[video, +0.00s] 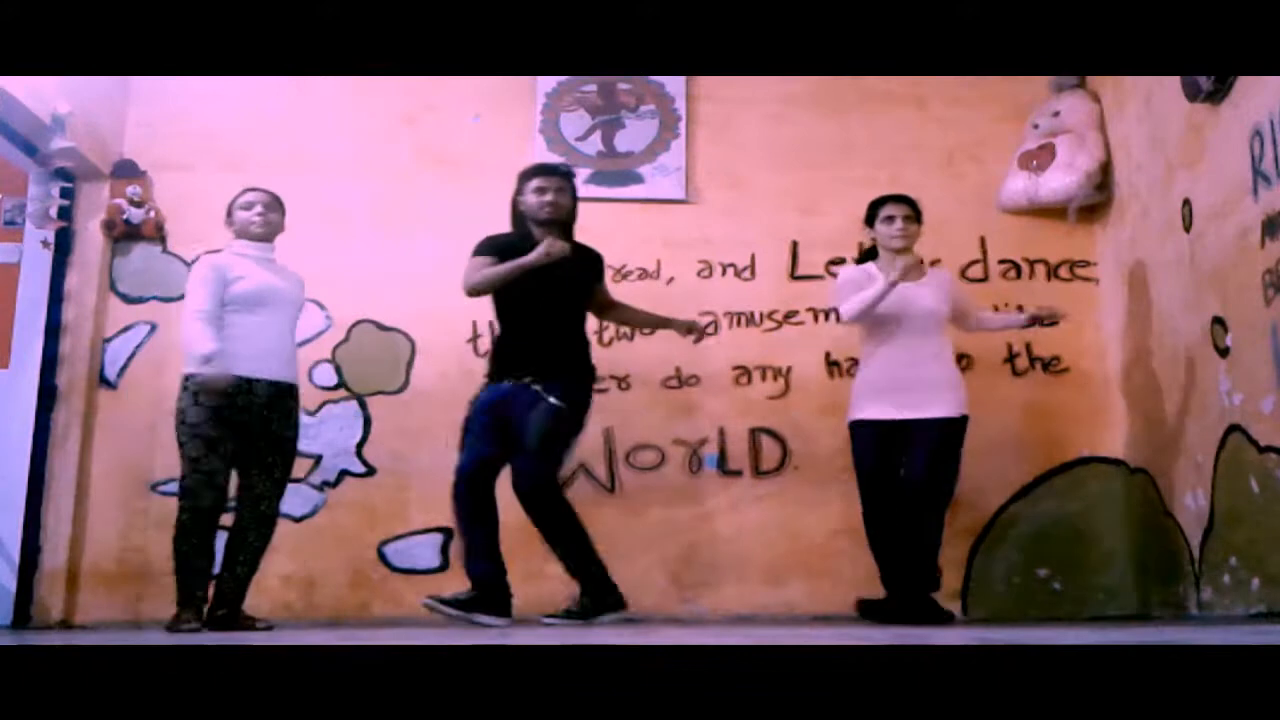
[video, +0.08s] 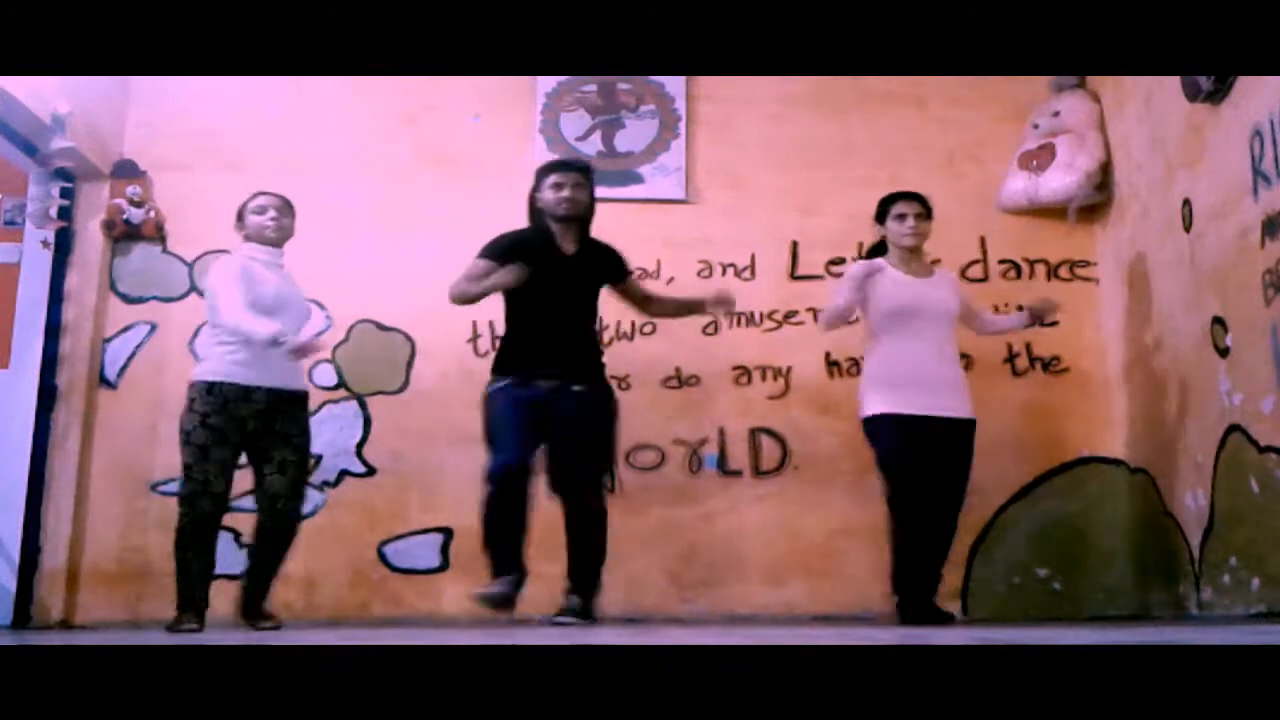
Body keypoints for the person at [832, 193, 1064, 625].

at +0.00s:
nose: (899, 227)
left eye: (907, 220)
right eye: (889, 221)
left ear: (920, 230)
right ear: (871, 231)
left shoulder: (939, 279)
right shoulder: (856, 276)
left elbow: (971, 319)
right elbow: (849, 313)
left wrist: (1023, 319)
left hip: (938, 407)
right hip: (877, 410)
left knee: (926, 503)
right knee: (882, 506)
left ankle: (919, 597)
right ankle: (901, 598)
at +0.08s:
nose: (911, 225)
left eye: (919, 218)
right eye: (900, 218)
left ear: (929, 227)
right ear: (883, 227)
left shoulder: (945, 280)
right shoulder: (868, 274)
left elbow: (984, 323)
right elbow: (829, 321)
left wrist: (1030, 316)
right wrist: (855, 281)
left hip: (950, 406)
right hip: (892, 405)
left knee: (945, 508)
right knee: (911, 503)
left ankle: (924, 600)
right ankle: (911, 602)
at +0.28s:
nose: (934, 227)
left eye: (941, 221)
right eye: (923, 221)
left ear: (950, 230)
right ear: (903, 230)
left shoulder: (961, 285)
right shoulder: (884, 274)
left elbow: (1010, 308)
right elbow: (833, 317)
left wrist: (1022, 258)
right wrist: (802, 305)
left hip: (945, 408)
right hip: (915, 407)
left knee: (935, 499)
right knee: (987, 493)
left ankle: (911, 595)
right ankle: (984, 594)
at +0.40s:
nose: (940, 224)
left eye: (947, 218)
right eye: (929, 218)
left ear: (956, 227)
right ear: (909, 227)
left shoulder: (973, 282)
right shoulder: (891, 273)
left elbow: (1035, 312)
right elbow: (836, 317)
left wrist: (1064, 273)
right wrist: (850, 283)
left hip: (966, 402)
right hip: (914, 401)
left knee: (987, 499)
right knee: (957, 503)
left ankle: (926, 581)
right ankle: (979, 606)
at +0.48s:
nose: (944, 226)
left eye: (951, 219)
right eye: (932, 219)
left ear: (959, 228)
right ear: (913, 229)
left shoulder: (970, 284)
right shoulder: (897, 273)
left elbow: (1012, 314)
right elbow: (874, 303)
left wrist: (1048, 292)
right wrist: (891, 296)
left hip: (976, 407)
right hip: (919, 409)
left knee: (991, 495)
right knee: (947, 510)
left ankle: (944, 577)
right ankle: (973, 613)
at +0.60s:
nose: (898, 249)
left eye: (903, 244)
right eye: (889, 244)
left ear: (911, 251)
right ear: (871, 251)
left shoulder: (913, 291)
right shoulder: (860, 285)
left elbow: (915, 330)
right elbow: (890, 308)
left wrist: (947, 321)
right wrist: (930, 282)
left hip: (921, 394)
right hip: (876, 396)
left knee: (923, 478)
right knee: (891, 479)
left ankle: (917, 557)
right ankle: (902, 557)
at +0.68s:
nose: (900, 248)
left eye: (905, 243)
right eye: (891, 243)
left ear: (912, 252)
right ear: (874, 250)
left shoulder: (910, 294)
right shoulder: (863, 283)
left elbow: (921, 330)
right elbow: (878, 312)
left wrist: (957, 317)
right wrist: (917, 287)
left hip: (922, 395)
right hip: (880, 395)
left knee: (928, 480)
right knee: (901, 479)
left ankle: (901, 557)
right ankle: (909, 559)